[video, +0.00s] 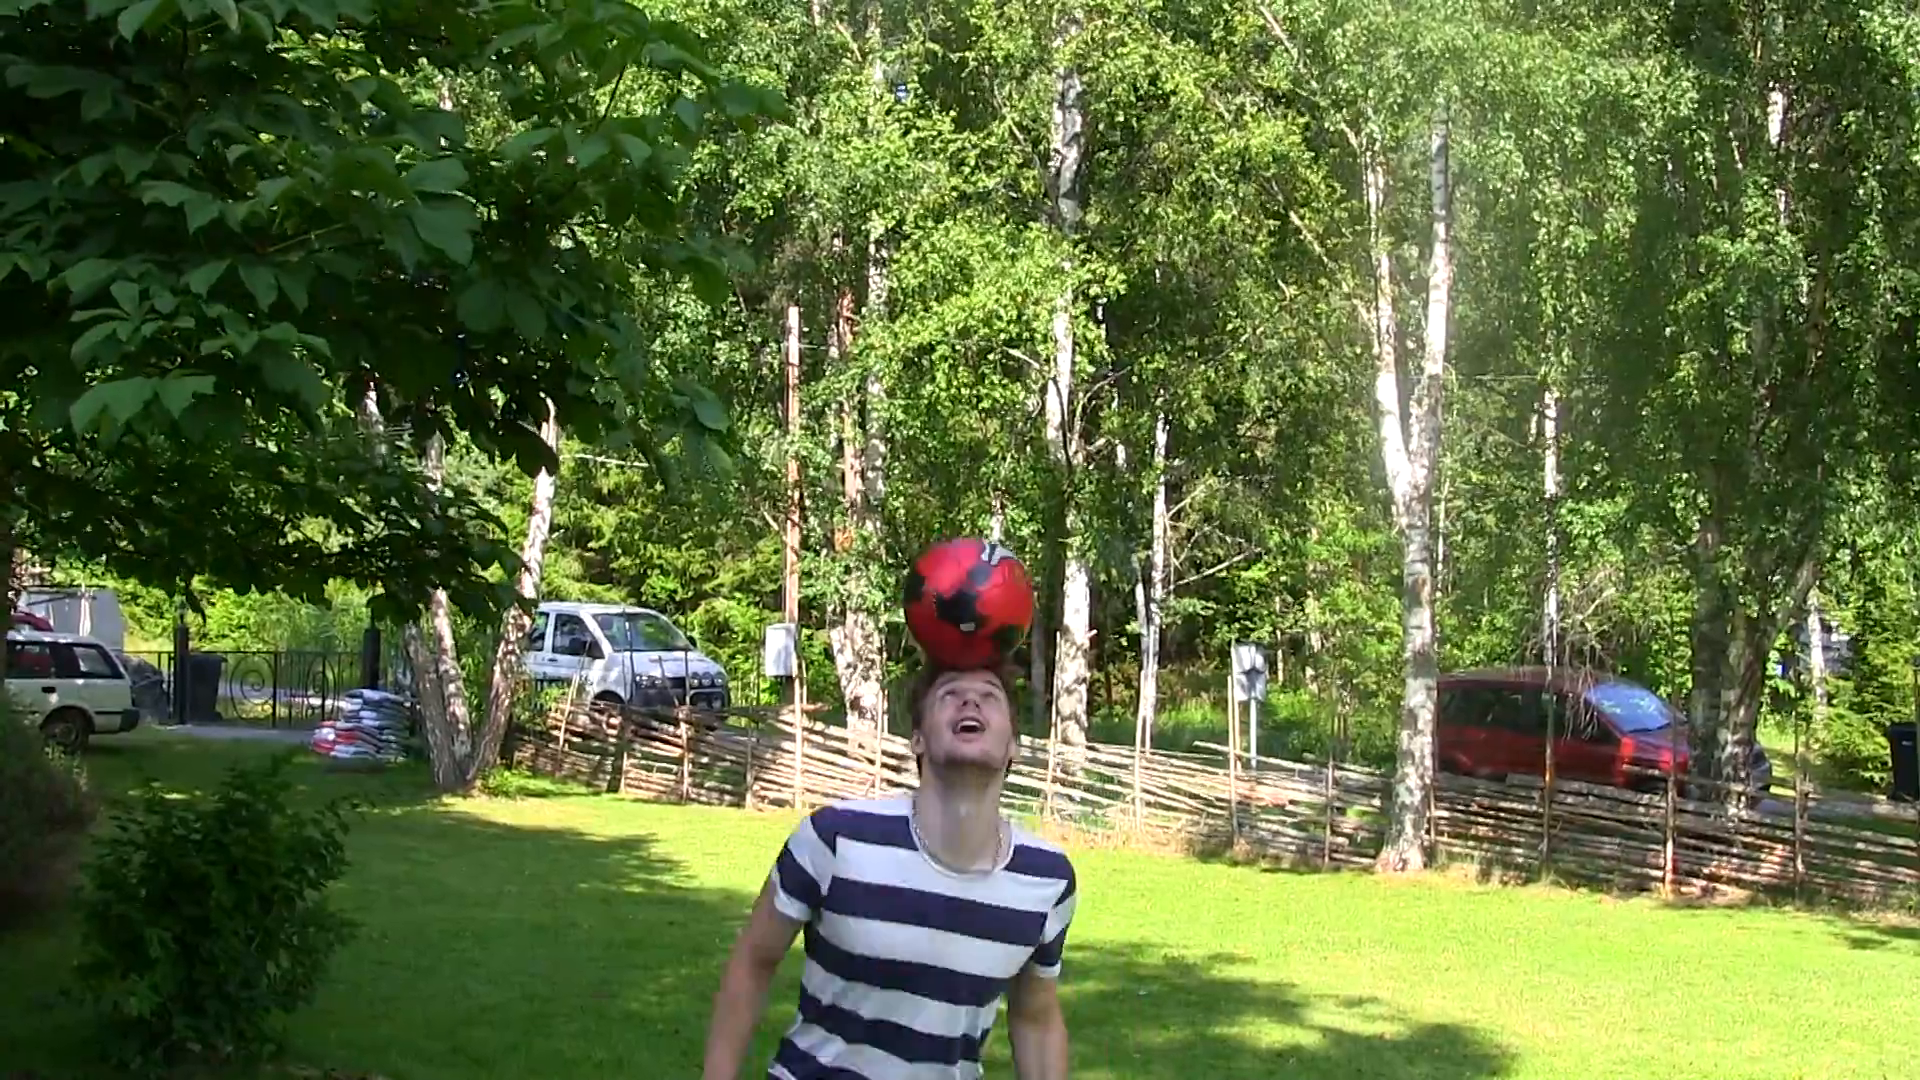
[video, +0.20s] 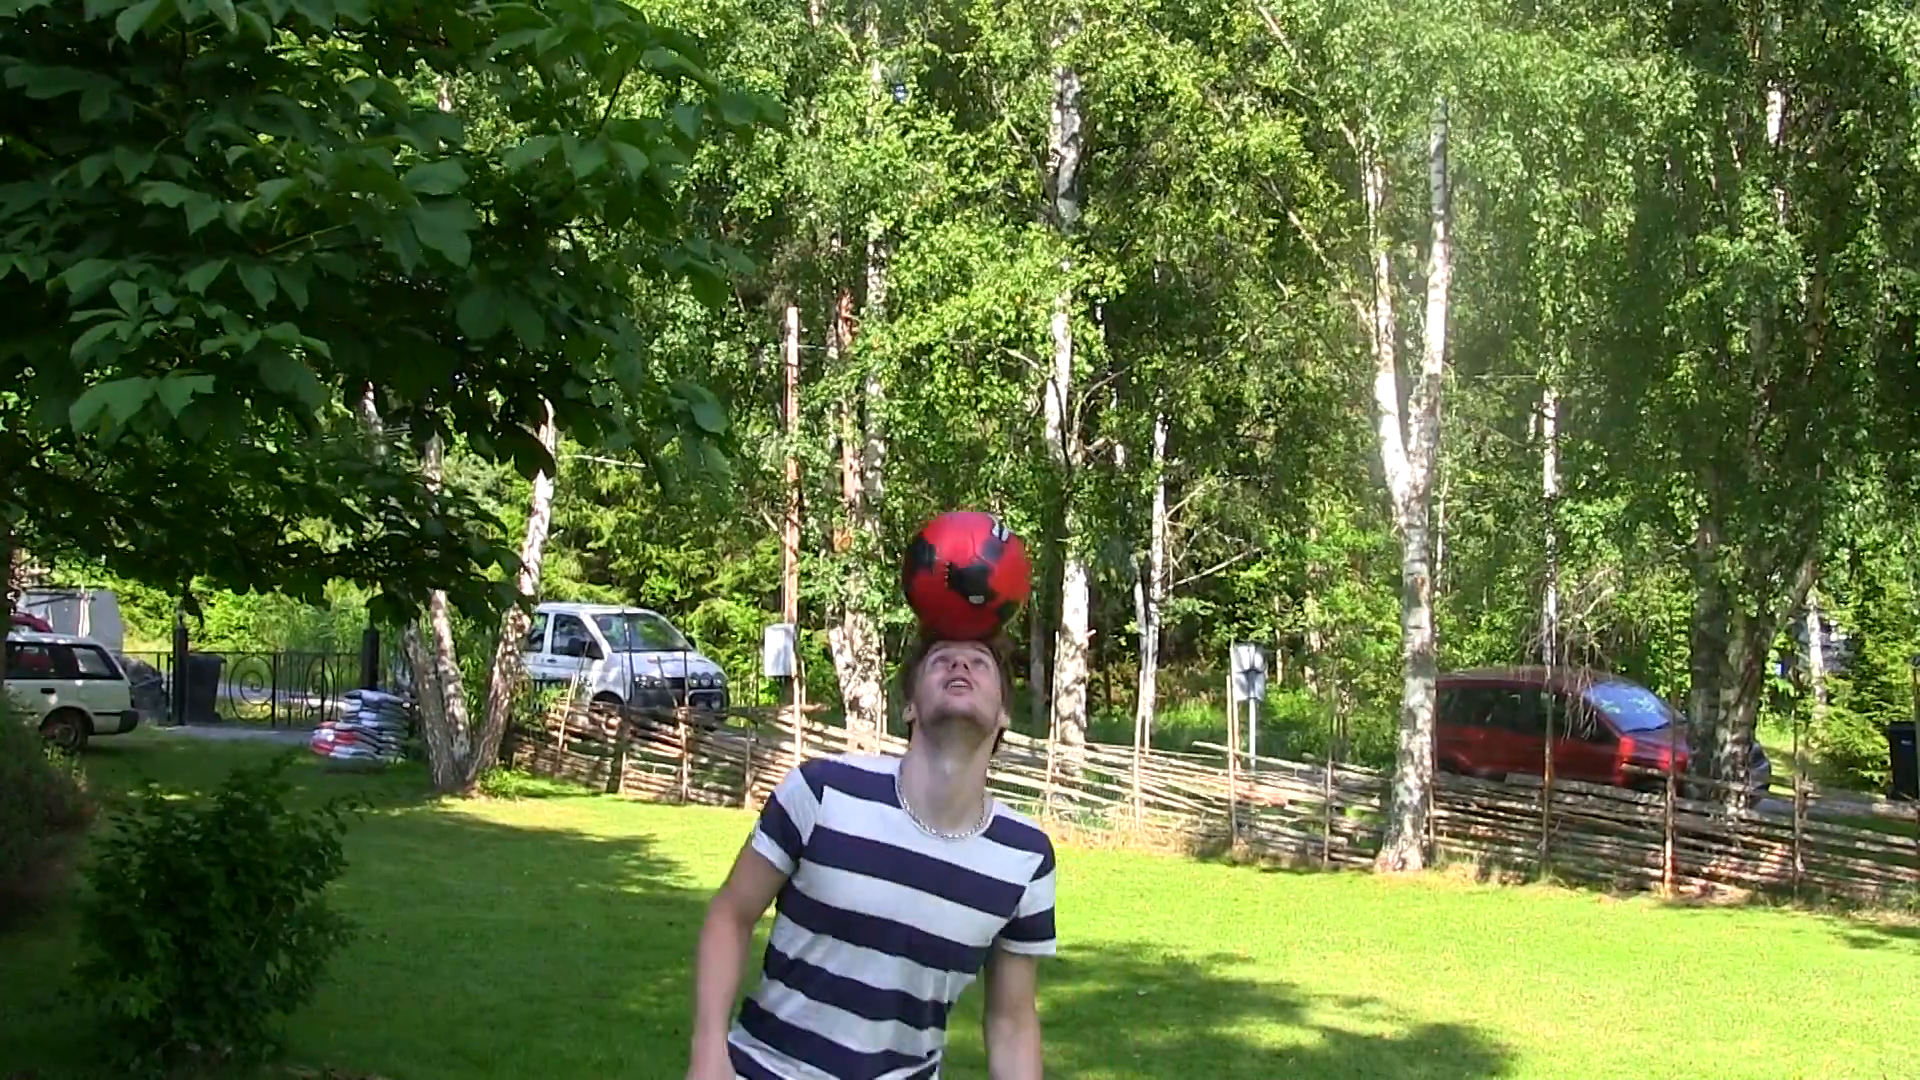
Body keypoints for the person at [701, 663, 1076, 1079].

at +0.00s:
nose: (971, 700)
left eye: (990, 697)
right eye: (950, 695)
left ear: (1012, 748)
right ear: (919, 742)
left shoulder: (1048, 879)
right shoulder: (835, 837)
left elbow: (1038, 1018)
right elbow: (752, 964)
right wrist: (719, 1073)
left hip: (951, 1073)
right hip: (816, 1069)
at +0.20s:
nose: (960, 667)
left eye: (980, 663)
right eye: (940, 661)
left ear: (1003, 716)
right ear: (911, 708)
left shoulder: (1026, 856)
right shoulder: (822, 789)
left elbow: (1013, 1021)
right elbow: (730, 917)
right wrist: (710, 1055)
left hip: (903, 1071)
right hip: (766, 1063)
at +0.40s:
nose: (989, 667)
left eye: (1012, 666)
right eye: (972, 665)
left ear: (1034, 724)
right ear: (944, 710)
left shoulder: (1035, 865)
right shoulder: (846, 776)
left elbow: (980, 1001)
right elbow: (728, 864)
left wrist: (981, 1075)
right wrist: (684, 1008)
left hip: (890, 1066)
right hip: (752, 1052)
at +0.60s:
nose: (990, 638)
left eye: (1013, 634)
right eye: (972, 636)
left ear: (1044, 686)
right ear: (947, 684)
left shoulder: (1071, 826)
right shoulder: (861, 775)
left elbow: (1039, 973)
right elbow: (759, 878)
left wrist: (1026, 1073)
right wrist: (704, 1026)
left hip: (955, 1063)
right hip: (815, 1055)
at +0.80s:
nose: (930, 580)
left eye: (950, 577)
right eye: (910, 578)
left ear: (978, 631)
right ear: (883, 630)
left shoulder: (1055, 748)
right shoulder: (828, 757)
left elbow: (1086, 913)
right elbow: (793, 892)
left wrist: (1115, 1062)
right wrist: (760, 1036)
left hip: (1008, 1055)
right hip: (861, 1057)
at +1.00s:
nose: (837, 570)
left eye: (855, 569)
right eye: (815, 569)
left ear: (880, 619)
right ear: (782, 624)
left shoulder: (980, 708)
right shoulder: (762, 784)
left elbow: (1062, 868)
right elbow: (762, 944)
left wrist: (1118, 1027)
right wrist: (734, 1070)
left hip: (1007, 1053)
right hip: (853, 1063)